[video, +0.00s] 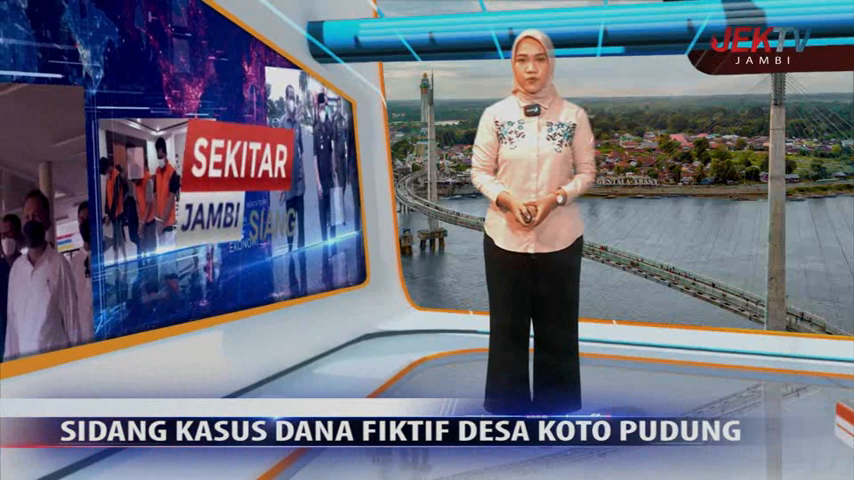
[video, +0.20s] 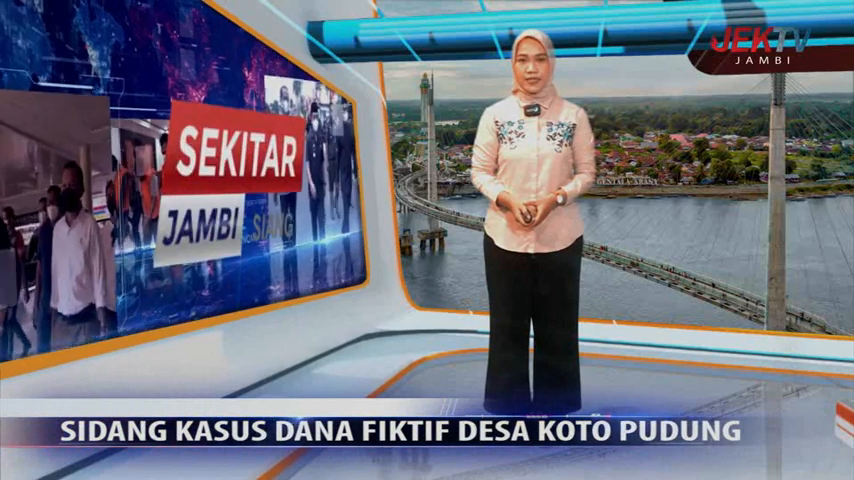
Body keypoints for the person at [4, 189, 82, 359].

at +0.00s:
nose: (31, 220)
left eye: (37, 215)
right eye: (26, 216)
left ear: (48, 222)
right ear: (21, 222)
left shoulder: (60, 264)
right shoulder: (16, 268)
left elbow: (70, 311)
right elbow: (11, 318)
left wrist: (76, 349)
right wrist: (10, 357)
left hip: (55, 354)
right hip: (22, 355)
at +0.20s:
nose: (51, 208)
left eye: (54, 204)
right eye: (48, 205)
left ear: (60, 205)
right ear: (45, 208)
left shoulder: (66, 226)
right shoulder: (44, 229)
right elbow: (39, 261)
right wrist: (37, 301)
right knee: (44, 315)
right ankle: (42, 348)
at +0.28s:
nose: (27, 209)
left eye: (28, 206)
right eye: (26, 206)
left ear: (32, 207)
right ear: (25, 207)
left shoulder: (35, 224)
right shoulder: (24, 223)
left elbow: (39, 243)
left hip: (34, 265)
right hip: (25, 265)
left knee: (30, 303)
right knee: (26, 302)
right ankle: (40, 319)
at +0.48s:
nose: (26, 177)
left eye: (30, 172)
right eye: (23, 172)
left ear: (38, 173)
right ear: (21, 175)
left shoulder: (50, 203)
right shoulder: (23, 204)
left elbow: (54, 238)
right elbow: (18, 235)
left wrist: (56, 268)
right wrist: (12, 264)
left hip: (43, 266)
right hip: (26, 264)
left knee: (40, 313)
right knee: (28, 311)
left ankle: (41, 350)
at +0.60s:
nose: (41, 178)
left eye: (44, 174)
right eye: (40, 174)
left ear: (52, 175)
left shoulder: (64, 204)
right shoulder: (40, 205)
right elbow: (35, 236)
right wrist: (27, 263)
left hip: (56, 262)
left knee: (55, 305)